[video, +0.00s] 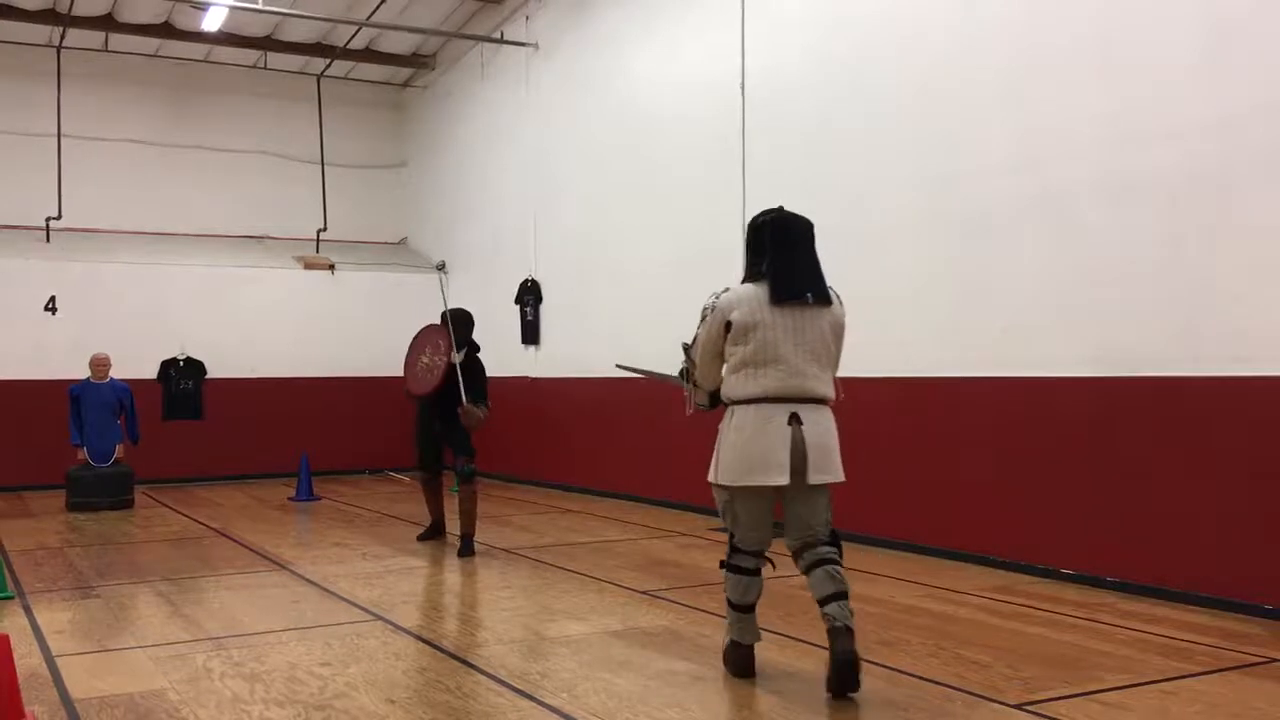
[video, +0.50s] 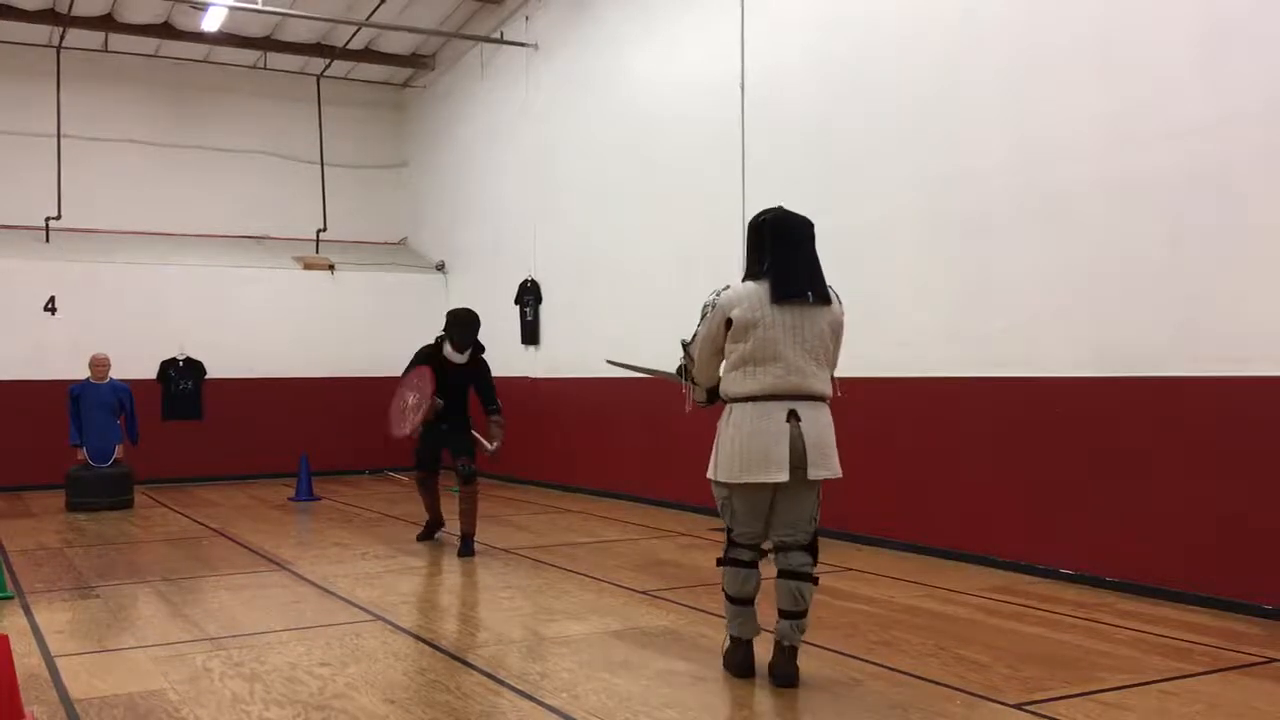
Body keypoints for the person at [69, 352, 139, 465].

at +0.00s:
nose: (101, 369)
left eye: (104, 365)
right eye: (97, 365)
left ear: (110, 367)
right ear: (90, 367)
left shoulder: (121, 389)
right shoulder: (78, 390)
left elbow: (130, 415)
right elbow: (75, 419)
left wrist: (133, 437)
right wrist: (78, 444)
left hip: (114, 444)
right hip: (88, 444)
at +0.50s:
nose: (100, 369)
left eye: (104, 366)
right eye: (97, 366)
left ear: (109, 367)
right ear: (90, 367)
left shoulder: (120, 389)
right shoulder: (78, 390)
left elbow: (129, 416)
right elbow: (75, 420)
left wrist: (132, 438)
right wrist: (78, 445)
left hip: (113, 445)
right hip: (88, 444)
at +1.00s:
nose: (100, 369)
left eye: (104, 366)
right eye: (97, 366)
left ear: (109, 367)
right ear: (90, 367)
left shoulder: (121, 390)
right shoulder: (77, 390)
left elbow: (129, 416)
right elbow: (74, 419)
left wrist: (133, 438)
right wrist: (78, 445)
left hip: (113, 445)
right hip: (87, 445)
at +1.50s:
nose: (100, 369)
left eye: (104, 366)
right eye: (96, 366)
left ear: (109, 367)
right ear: (90, 367)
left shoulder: (121, 389)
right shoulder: (77, 391)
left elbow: (130, 416)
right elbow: (74, 420)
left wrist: (133, 438)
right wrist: (78, 445)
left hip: (113, 444)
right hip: (87, 444)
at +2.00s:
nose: (100, 369)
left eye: (104, 366)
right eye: (96, 366)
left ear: (109, 367)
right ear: (90, 367)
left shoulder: (121, 389)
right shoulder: (77, 390)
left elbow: (130, 415)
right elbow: (75, 420)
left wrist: (133, 437)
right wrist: (78, 445)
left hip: (113, 444)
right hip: (87, 444)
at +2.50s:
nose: (100, 369)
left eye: (104, 366)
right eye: (97, 366)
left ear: (109, 367)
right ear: (90, 367)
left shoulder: (120, 389)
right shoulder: (77, 390)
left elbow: (129, 415)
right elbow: (75, 420)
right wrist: (79, 446)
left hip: (113, 445)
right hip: (88, 444)